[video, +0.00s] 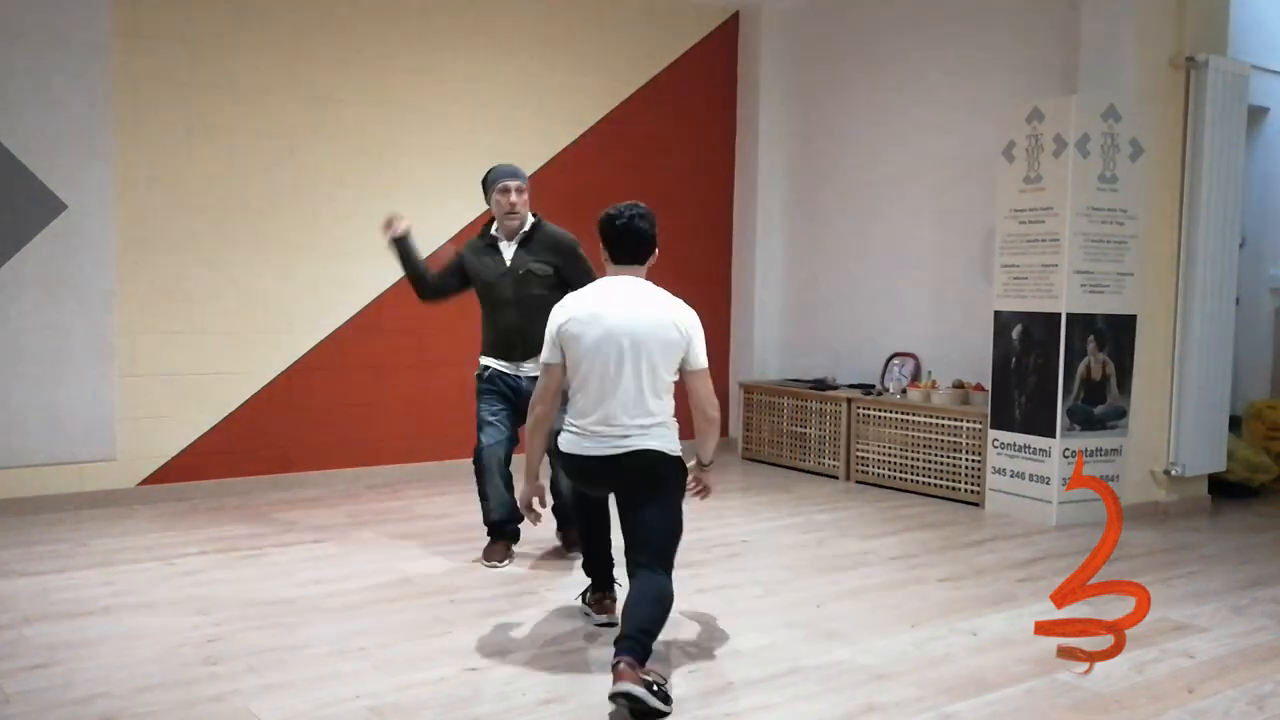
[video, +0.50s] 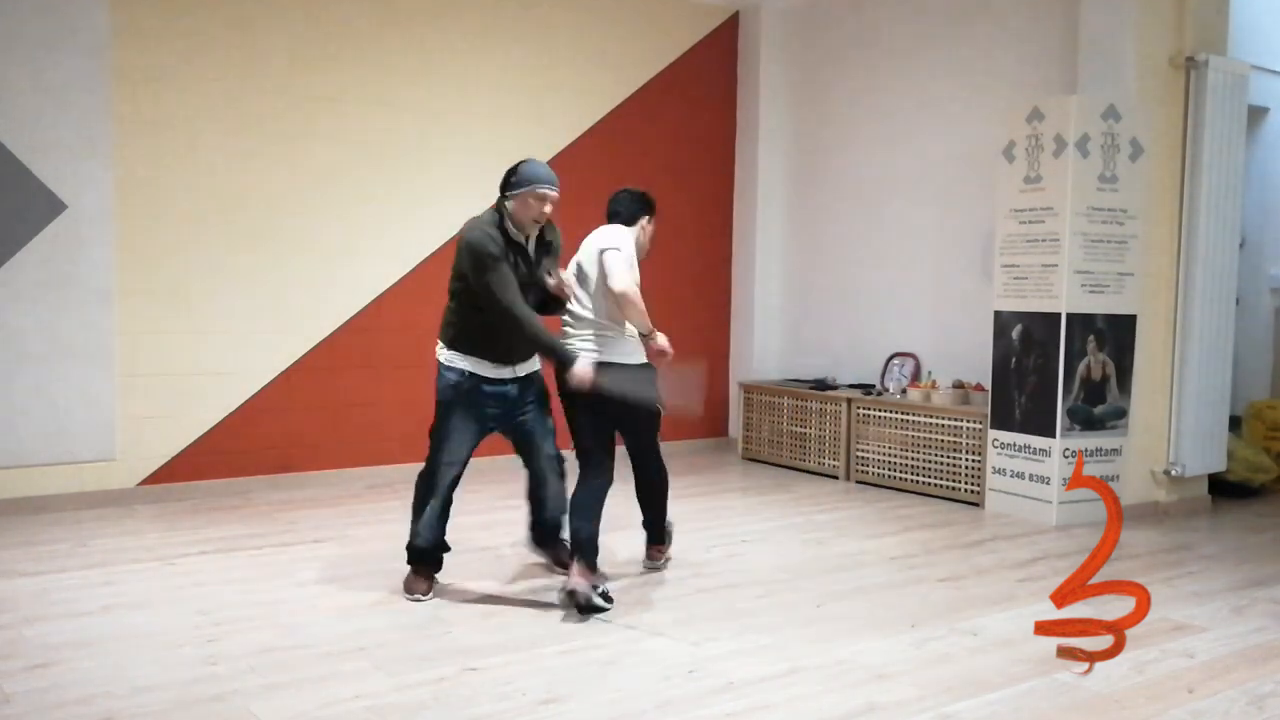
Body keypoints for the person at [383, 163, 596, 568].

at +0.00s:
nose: (512, 200)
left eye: (519, 191)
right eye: (503, 193)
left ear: (529, 197)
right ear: (489, 201)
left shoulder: (559, 246)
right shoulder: (476, 252)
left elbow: (591, 301)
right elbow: (430, 289)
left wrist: (584, 362)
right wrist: (403, 244)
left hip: (550, 372)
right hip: (497, 372)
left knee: (561, 452)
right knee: (490, 452)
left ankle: (571, 529)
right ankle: (501, 535)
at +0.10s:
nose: (524, 196)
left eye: (530, 187)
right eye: (514, 188)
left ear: (540, 192)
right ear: (499, 196)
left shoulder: (567, 238)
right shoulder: (480, 241)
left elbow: (589, 297)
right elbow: (422, 245)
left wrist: (556, 314)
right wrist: (426, 190)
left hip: (553, 367)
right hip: (498, 368)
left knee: (563, 453)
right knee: (492, 453)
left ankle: (567, 543)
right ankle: (502, 533)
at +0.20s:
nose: (533, 194)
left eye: (540, 185)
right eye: (524, 185)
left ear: (551, 190)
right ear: (509, 192)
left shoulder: (571, 235)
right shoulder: (491, 231)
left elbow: (571, 293)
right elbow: (452, 223)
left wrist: (527, 259)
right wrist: (467, 171)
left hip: (551, 372)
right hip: (496, 369)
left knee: (571, 459)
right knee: (475, 450)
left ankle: (569, 536)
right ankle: (501, 519)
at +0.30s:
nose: (546, 188)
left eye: (547, 179)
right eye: (536, 181)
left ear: (555, 183)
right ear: (516, 189)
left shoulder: (569, 231)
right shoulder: (489, 217)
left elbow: (551, 280)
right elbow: (485, 243)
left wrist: (516, 232)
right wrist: (514, 213)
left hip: (544, 374)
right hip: (487, 368)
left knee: (567, 463)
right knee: (466, 446)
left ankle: (572, 547)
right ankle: (466, 542)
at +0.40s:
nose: (538, 198)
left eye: (545, 191)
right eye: (529, 189)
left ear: (553, 193)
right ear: (509, 190)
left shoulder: (562, 233)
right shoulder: (484, 222)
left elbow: (568, 288)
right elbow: (510, 273)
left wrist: (536, 260)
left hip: (535, 369)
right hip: (477, 367)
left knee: (561, 463)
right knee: (452, 456)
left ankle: (572, 550)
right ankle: (428, 561)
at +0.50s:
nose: (547, 210)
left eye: (552, 202)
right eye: (539, 200)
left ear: (552, 204)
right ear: (512, 197)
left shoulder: (547, 238)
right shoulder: (480, 238)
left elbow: (540, 302)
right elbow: (515, 311)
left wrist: (555, 294)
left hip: (523, 378)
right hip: (467, 377)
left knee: (548, 463)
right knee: (443, 472)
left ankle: (549, 538)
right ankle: (423, 564)